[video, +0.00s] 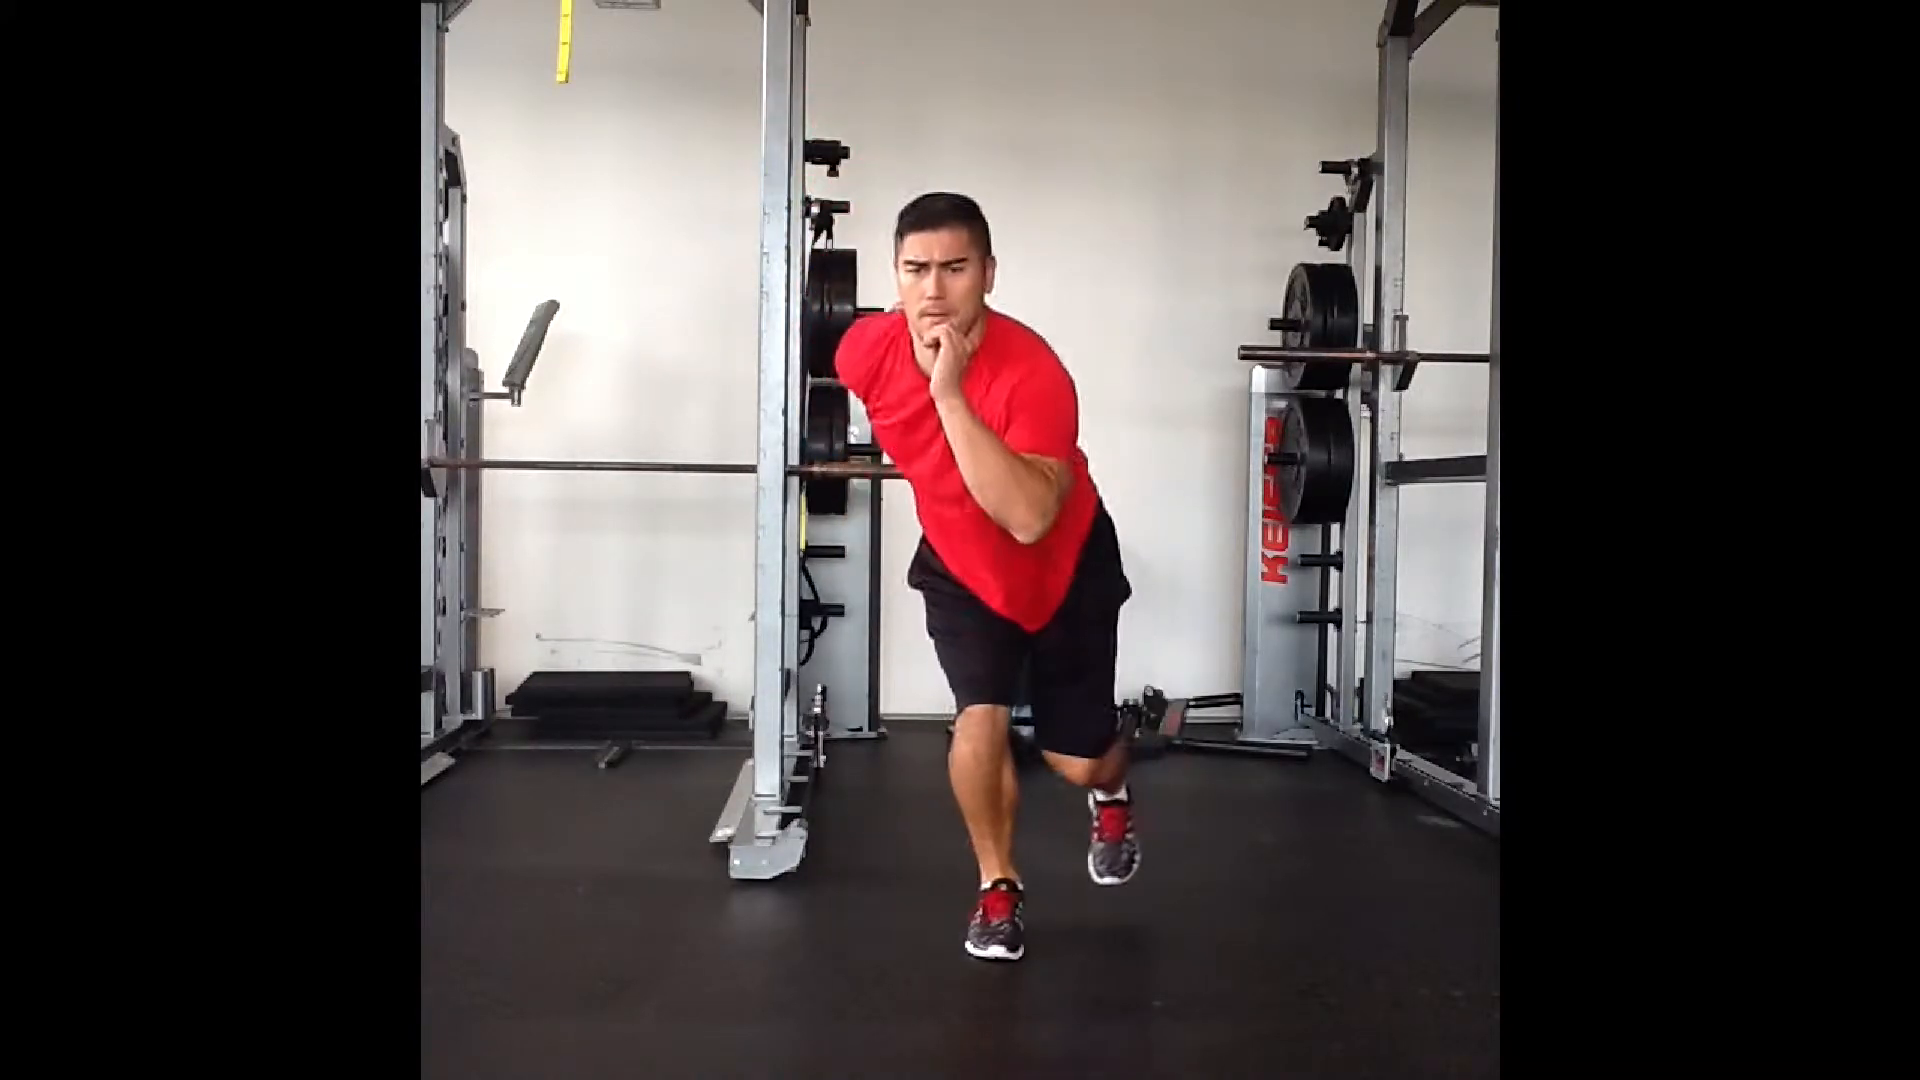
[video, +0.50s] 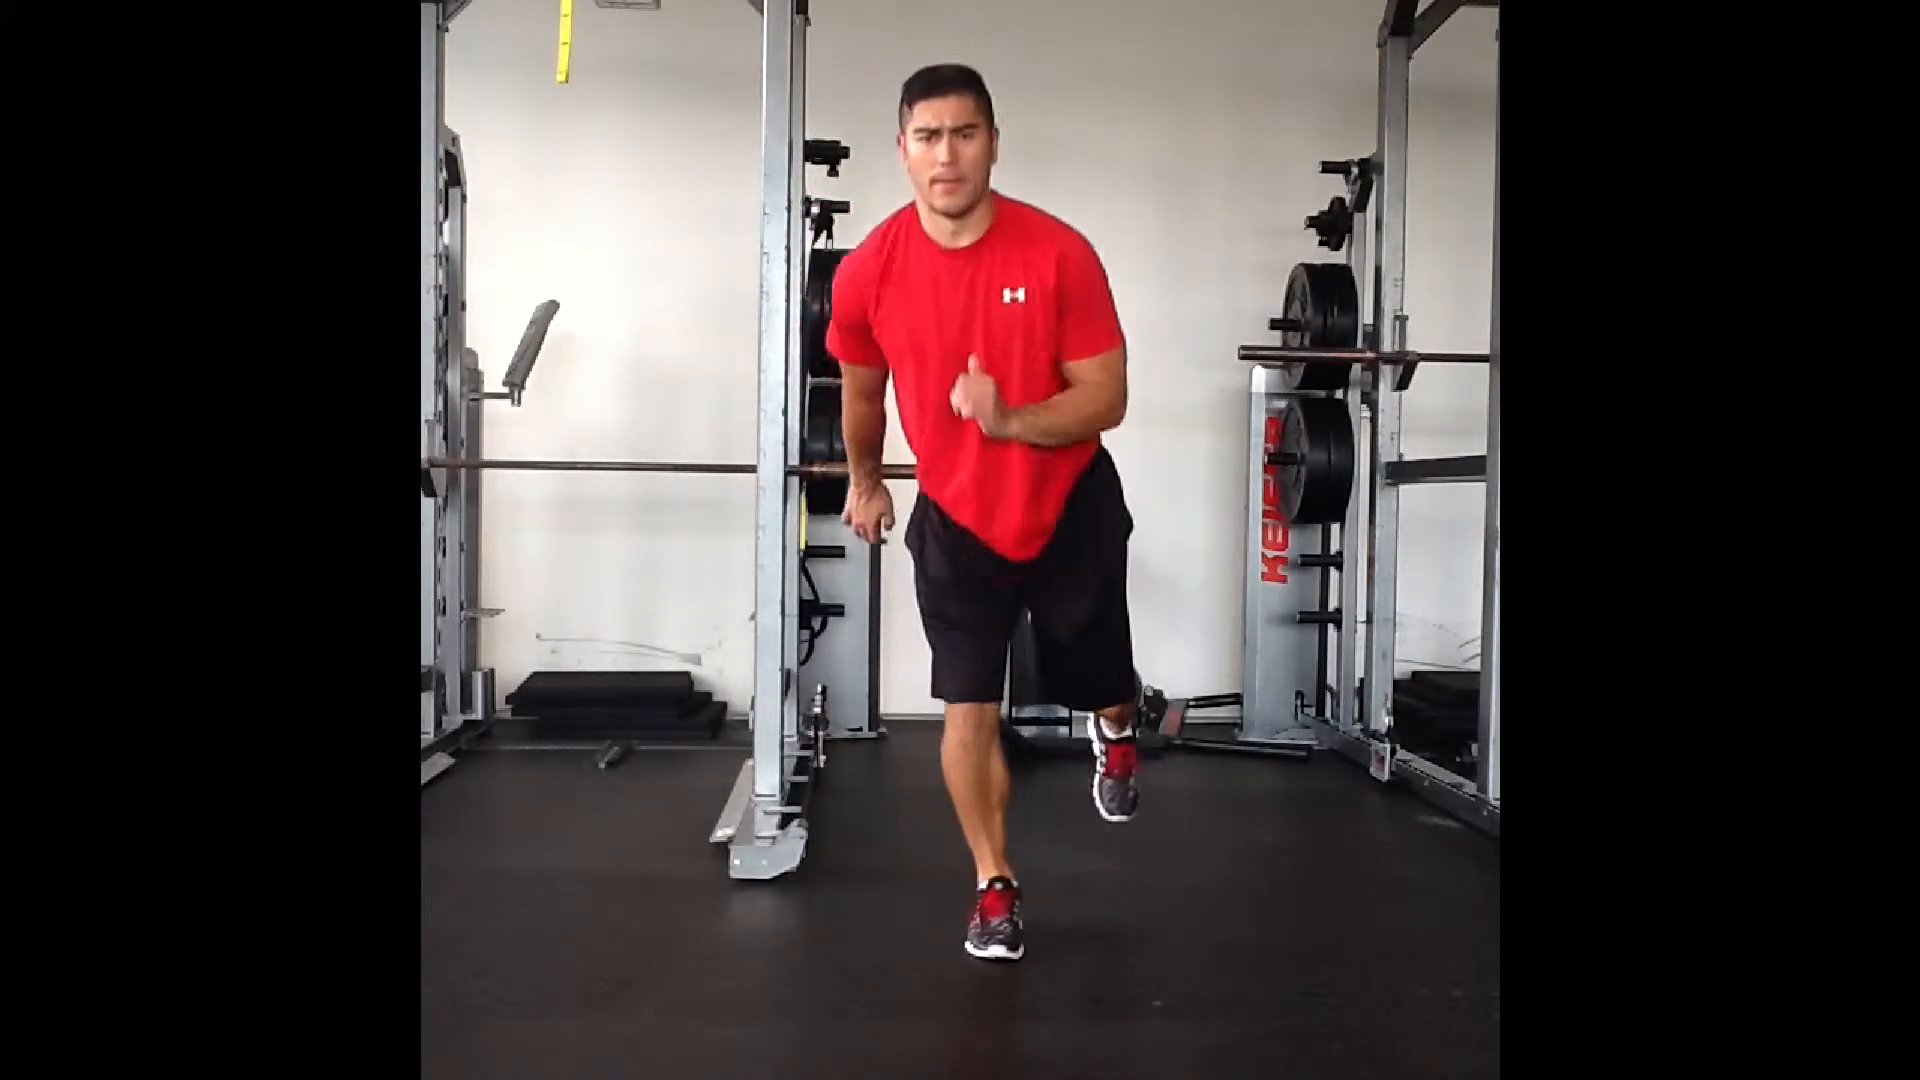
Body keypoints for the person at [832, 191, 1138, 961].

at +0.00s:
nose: (933, 287)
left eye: (953, 268)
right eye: (915, 268)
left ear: (988, 276)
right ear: (896, 279)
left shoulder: (1032, 372)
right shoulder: (866, 354)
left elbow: (1032, 516)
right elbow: (906, 430)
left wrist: (949, 396)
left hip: (1066, 559)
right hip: (961, 558)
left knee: (1082, 762)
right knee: (979, 716)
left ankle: (1113, 792)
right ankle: (997, 887)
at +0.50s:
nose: (946, 155)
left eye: (964, 134)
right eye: (928, 136)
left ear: (993, 145)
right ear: (902, 150)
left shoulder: (1060, 254)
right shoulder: (869, 273)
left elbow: (1105, 397)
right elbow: (862, 387)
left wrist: (1010, 419)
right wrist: (864, 477)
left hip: (1071, 504)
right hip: (956, 513)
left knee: (1100, 680)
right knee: (968, 704)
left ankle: (1114, 733)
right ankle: (993, 885)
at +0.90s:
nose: (973, 95)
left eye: (991, 76)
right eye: (956, 77)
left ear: (1022, 88)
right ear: (933, 89)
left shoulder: (1079, 209)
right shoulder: (885, 216)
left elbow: (1125, 350)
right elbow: (862, 356)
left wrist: (1160, 470)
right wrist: (880, 476)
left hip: (1066, 482)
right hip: (950, 489)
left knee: (1091, 680)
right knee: (971, 692)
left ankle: (1099, 757)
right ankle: (995, 884)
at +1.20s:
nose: (1047, 194)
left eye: (1061, 178)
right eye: (1032, 179)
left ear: (1088, 167)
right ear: (1012, 172)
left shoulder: (1140, 257)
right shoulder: (976, 261)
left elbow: (1165, 380)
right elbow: (953, 383)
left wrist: (1169, 495)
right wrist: (944, 496)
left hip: (1114, 499)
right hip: (1015, 498)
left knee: (1102, 668)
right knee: (1017, 671)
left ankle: (1098, 823)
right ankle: (1024, 840)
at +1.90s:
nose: (1026, 154)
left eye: (1042, 137)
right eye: (1010, 139)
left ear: (1067, 142)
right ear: (991, 147)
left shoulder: (1120, 248)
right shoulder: (951, 251)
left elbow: (1148, 373)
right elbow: (924, 376)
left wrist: (1151, 490)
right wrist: (922, 490)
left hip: (1101, 495)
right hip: (1000, 496)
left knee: (1105, 673)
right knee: (1010, 677)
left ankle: (1098, 776)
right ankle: (1026, 842)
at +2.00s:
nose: (1026, 150)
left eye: (1041, 133)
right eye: (1010, 135)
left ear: (1066, 139)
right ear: (990, 144)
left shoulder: (1118, 247)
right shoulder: (949, 249)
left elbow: (1146, 371)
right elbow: (920, 374)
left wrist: (1149, 488)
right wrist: (913, 490)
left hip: (1099, 490)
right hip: (998, 491)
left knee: (1105, 664)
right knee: (1008, 672)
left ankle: (1088, 745)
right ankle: (1024, 842)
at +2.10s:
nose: (1024, 148)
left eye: (1039, 131)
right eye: (1008, 133)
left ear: (1064, 139)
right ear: (987, 142)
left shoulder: (1116, 246)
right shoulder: (946, 249)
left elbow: (1144, 370)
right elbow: (917, 375)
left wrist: (1148, 486)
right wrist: (910, 490)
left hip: (1099, 489)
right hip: (997, 491)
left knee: (1106, 664)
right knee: (1008, 673)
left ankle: (1081, 734)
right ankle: (1024, 842)